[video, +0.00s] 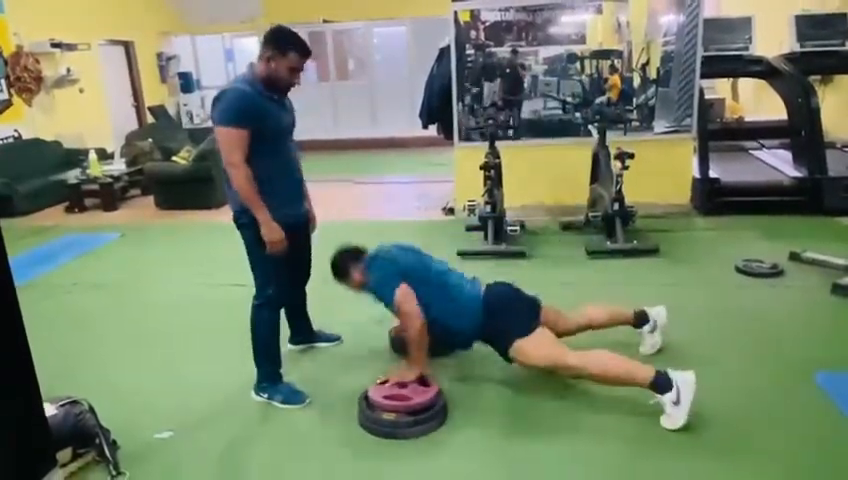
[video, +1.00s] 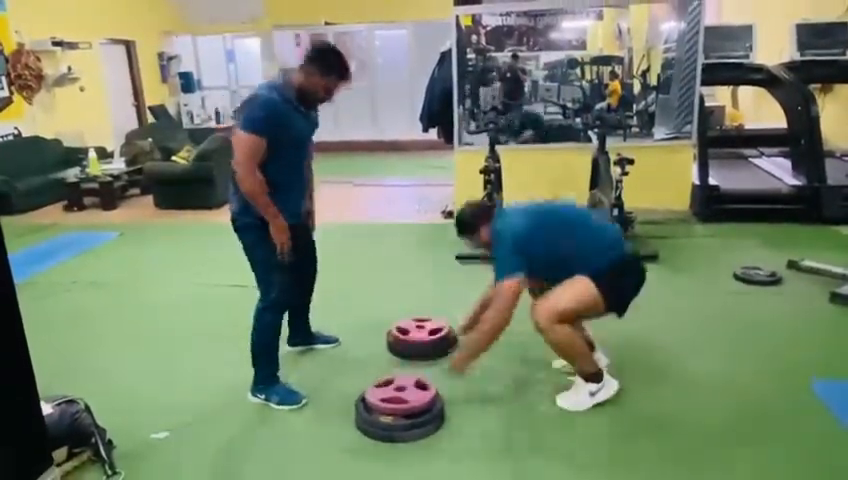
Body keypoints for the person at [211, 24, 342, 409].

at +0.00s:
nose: (298, 78)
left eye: (300, 70)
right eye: (293, 70)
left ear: (277, 63)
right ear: (269, 60)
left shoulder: (278, 98)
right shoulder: (235, 101)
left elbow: (287, 157)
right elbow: (234, 167)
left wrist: (304, 202)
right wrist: (264, 220)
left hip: (291, 210)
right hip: (261, 216)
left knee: (296, 278)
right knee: (270, 295)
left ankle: (301, 332)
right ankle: (267, 381)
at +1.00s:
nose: (331, 95)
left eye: (335, 88)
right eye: (329, 87)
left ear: (320, 79)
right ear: (310, 73)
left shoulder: (305, 106)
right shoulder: (264, 106)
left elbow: (304, 162)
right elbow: (244, 170)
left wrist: (308, 205)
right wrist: (274, 220)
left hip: (293, 211)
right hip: (257, 216)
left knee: (304, 270)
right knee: (276, 293)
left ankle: (300, 333)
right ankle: (264, 382)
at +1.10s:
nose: (350, 127)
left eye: (354, 122)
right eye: (350, 119)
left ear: (337, 108)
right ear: (336, 107)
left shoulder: (318, 128)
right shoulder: (284, 126)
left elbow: (310, 183)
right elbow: (263, 196)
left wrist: (313, 231)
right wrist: (287, 243)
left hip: (284, 212)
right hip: (249, 220)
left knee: (312, 266)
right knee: (281, 295)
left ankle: (300, 332)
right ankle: (264, 382)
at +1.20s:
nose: (363, 172)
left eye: (366, 167)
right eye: (363, 165)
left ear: (350, 151)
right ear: (350, 153)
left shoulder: (325, 169)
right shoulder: (303, 170)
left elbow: (321, 216)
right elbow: (286, 233)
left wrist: (326, 258)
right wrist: (300, 273)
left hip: (278, 232)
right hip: (246, 242)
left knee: (323, 272)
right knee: (294, 302)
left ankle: (303, 333)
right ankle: (264, 385)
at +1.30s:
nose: (368, 214)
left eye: (373, 208)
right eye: (369, 206)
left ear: (355, 189)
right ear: (356, 192)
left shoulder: (335, 206)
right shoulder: (313, 212)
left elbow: (345, 248)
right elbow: (312, 280)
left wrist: (358, 285)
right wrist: (339, 307)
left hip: (277, 261)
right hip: (249, 272)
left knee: (337, 278)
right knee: (304, 315)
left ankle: (307, 334)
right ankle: (266, 385)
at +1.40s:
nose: (380, 242)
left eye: (383, 237)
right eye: (379, 235)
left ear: (365, 218)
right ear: (365, 223)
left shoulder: (347, 225)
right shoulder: (322, 236)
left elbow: (365, 263)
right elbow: (334, 308)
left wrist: (396, 297)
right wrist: (379, 335)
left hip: (289, 287)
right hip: (259, 298)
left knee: (349, 284)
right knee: (309, 324)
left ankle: (313, 333)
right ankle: (268, 385)